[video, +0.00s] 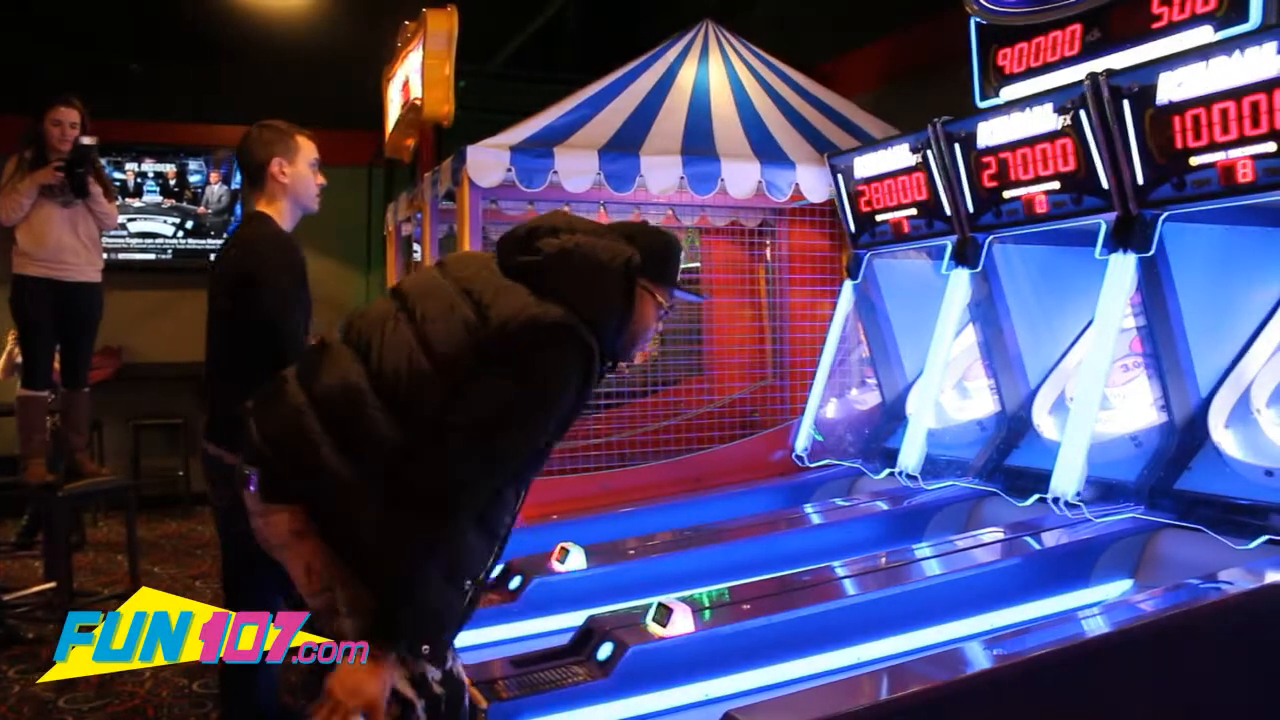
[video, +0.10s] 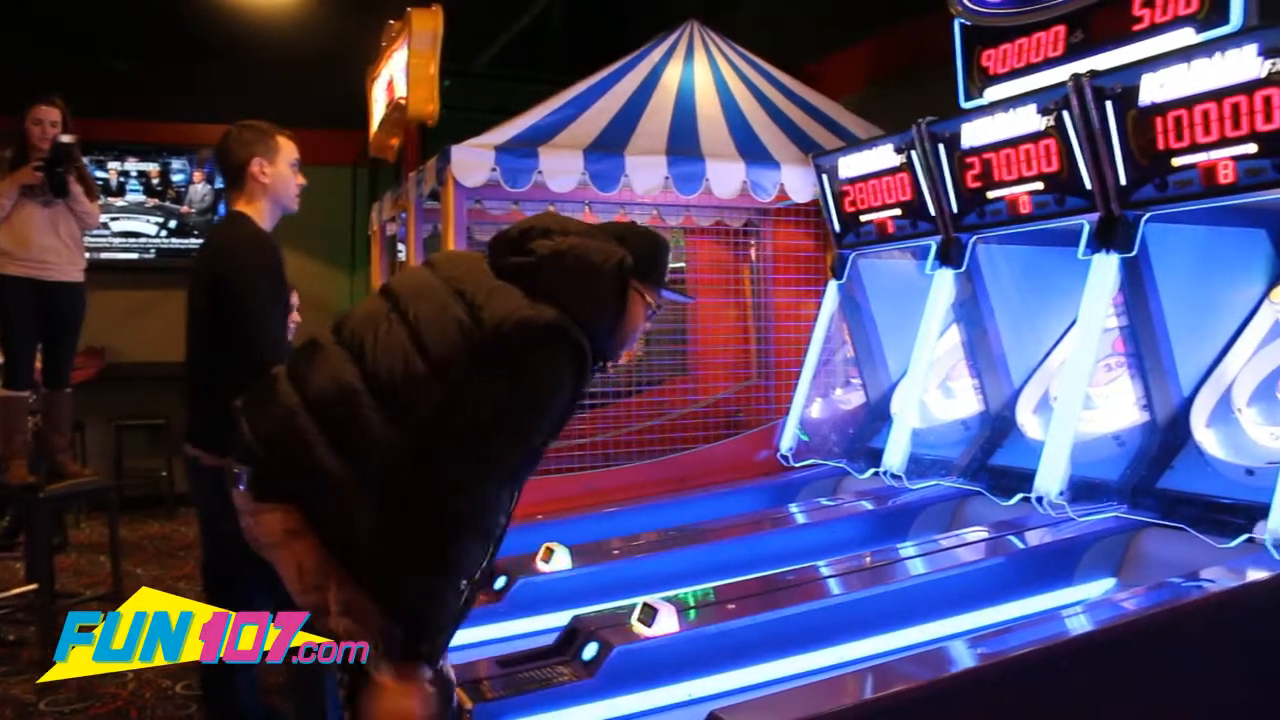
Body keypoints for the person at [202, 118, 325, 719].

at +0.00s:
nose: (322, 179)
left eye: (320, 166)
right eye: (314, 166)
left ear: (274, 174)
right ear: (279, 172)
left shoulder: (244, 243)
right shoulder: (272, 249)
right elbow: (284, 361)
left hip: (231, 446)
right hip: (254, 455)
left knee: (251, 587)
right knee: (265, 593)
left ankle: (248, 704)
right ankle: (256, 706)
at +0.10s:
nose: (301, 179)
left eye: (299, 167)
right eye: (293, 166)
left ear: (252, 173)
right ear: (259, 171)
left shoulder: (232, 240)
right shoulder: (249, 248)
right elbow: (260, 357)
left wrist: (277, 310)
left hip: (217, 447)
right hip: (233, 457)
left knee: (235, 586)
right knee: (250, 591)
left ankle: (230, 699)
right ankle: (237, 702)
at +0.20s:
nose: (291, 180)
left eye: (289, 168)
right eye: (283, 167)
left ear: (242, 174)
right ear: (248, 172)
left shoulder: (219, 240)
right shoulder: (238, 248)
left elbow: (227, 343)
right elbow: (250, 359)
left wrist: (277, 316)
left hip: (205, 446)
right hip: (224, 456)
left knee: (222, 583)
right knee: (245, 589)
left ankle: (221, 697)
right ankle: (229, 699)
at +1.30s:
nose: (237, 186)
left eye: (237, 173)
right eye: (233, 171)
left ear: (186, 170)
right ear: (201, 168)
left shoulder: (161, 235)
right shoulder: (179, 242)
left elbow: (178, 336)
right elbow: (168, 353)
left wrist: (236, 309)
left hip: (157, 456)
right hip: (174, 465)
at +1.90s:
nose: (230, 199)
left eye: (232, 187)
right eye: (230, 185)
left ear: (181, 172)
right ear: (204, 174)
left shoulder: (141, 235)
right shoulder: (182, 241)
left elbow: (100, 350)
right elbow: (172, 351)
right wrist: (187, 446)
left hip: (142, 452)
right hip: (175, 458)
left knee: (165, 593)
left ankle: (166, 704)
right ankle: (254, 707)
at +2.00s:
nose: (231, 197)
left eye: (232, 183)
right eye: (229, 182)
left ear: (182, 174)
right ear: (205, 172)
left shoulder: (141, 234)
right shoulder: (183, 240)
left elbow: (96, 352)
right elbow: (170, 348)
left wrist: (134, 423)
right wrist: (180, 443)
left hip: (141, 444)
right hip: (173, 448)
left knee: (162, 578)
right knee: (185, 586)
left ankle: (160, 696)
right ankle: (171, 700)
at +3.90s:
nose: (187, 189)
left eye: (185, 174)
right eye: (183, 174)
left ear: (129, 178)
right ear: (156, 173)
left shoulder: (103, 239)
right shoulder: (151, 239)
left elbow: (42, 347)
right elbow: (162, 353)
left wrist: (103, 396)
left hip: (106, 449)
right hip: (145, 456)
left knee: (123, 594)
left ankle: (123, 705)